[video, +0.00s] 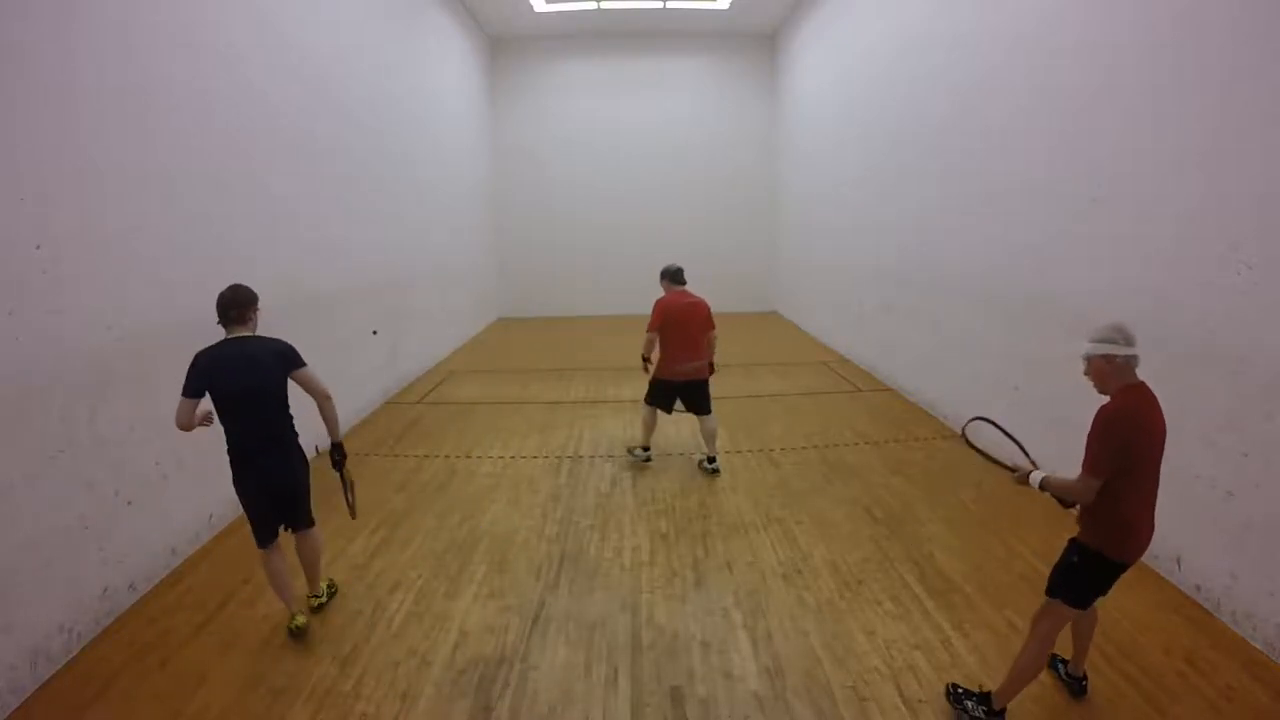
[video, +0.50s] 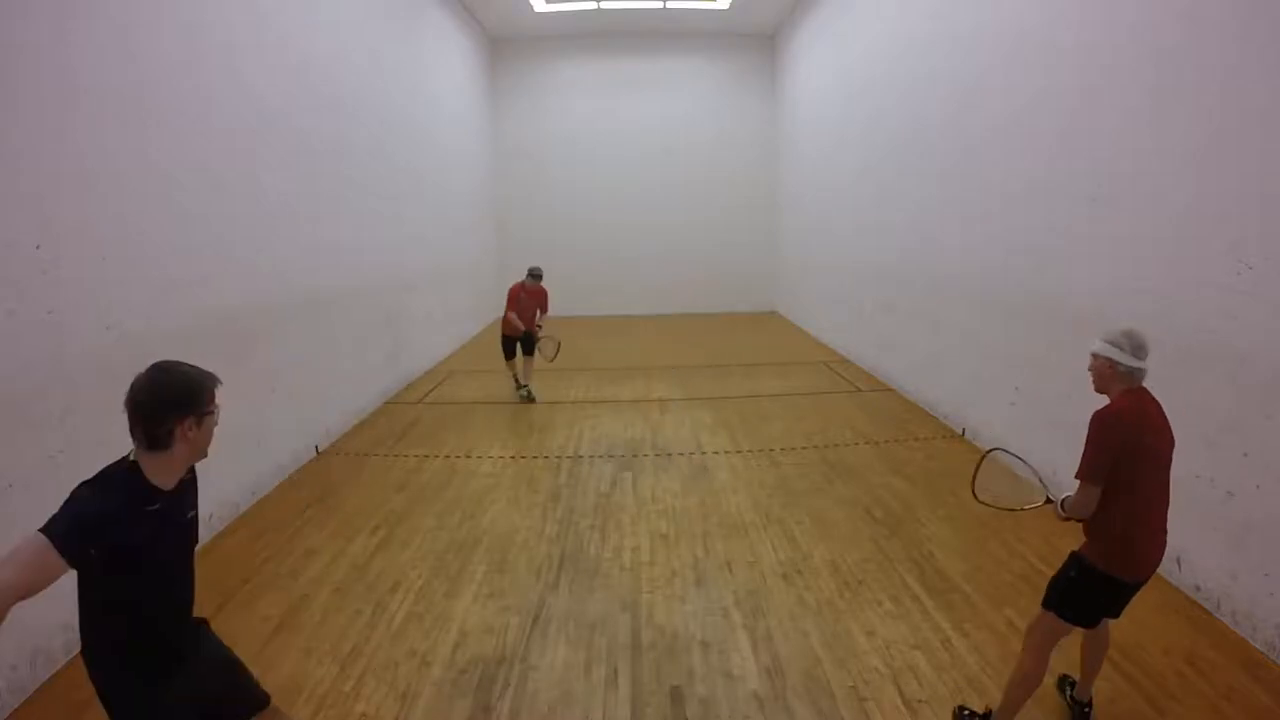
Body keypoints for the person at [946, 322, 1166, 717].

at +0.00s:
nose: (1086, 371)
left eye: (1090, 362)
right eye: (1086, 362)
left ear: (1114, 362)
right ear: (1123, 363)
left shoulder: (1115, 414)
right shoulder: (1145, 403)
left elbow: (1086, 489)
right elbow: (1128, 477)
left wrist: (1038, 478)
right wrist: (1081, 498)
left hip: (1103, 538)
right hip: (1130, 535)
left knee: (1048, 621)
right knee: (1084, 600)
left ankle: (995, 704)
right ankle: (1076, 672)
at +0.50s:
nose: (1089, 366)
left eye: (1096, 360)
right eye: (1092, 358)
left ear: (1118, 368)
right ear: (1130, 370)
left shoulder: (1109, 419)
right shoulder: (1152, 411)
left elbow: (1085, 504)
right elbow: (1135, 488)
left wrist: (1066, 507)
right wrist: (1085, 506)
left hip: (1106, 557)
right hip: (1143, 556)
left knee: (1040, 636)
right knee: (1095, 619)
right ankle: (1083, 696)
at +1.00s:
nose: (1062, 375)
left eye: (1068, 368)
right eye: (1064, 367)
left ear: (1084, 374)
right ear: (1105, 374)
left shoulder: (1078, 426)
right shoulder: (1129, 417)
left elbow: (1055, 511)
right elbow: (1117, 494)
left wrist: (1043, 524)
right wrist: (1062, 522)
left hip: (1088, 565)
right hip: (1129, 563)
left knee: (1024, 643)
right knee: (1091, 623)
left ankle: (999, 715)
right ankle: (1082, 697)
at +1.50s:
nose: (1059, 374)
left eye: (1063, 368)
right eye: (1061, 367)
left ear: (1076, 375)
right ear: (1102, 375)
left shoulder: (1071, 428)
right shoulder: (1128, 419)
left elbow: (1054, 515)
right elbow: (1116, 493)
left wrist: (1043, 527)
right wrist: (1059, 522)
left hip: (1087, 565)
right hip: (1129, 561)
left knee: (1021, 641)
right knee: (1090, 621)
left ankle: (998, 715)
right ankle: (1082, 697)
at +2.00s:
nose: (1061, 376)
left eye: (1062, 369)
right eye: (1062, 368)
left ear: (1069, 374)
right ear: (1105, 375)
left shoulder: (1064, 425)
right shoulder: (1128, 420)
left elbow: (1046, 508)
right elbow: (1152, 500)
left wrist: (1058, 526)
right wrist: (1102, 511)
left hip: (1081, 562)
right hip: (1128, 559)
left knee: (1020, 639)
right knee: (1089, 619)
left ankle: (998, 714)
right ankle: (1085, 695)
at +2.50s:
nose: (1140, 385)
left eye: (1142, 380)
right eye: (1146, 381)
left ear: (1144, 381)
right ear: (1177, 388)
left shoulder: (1129, 413)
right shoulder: (1186, 430)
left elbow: (1098, 463)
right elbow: (1192, 485)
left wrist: (1066, 496)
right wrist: (1193, 513)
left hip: (1115, 537)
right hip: (1159, 545)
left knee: (1057, 619)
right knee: (1122, 584)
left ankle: (1001, 705)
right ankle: (1105, 660)